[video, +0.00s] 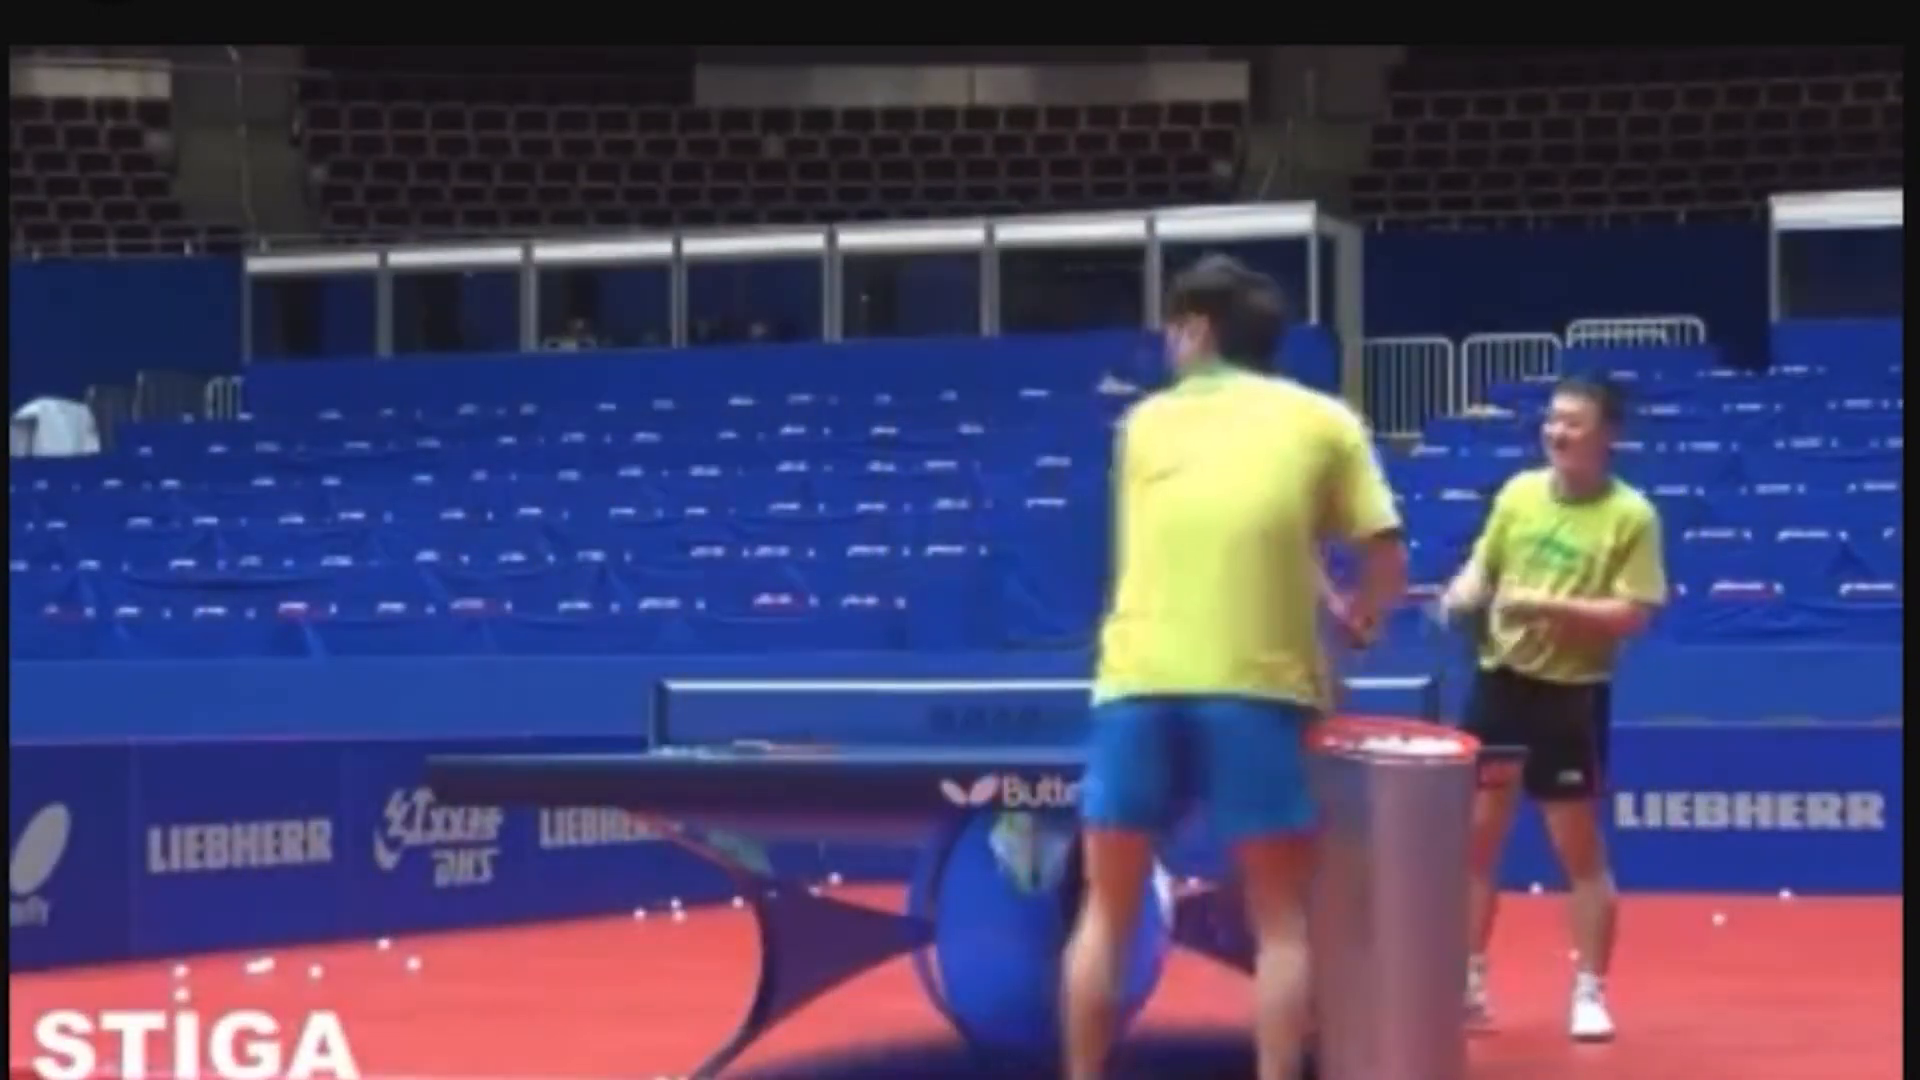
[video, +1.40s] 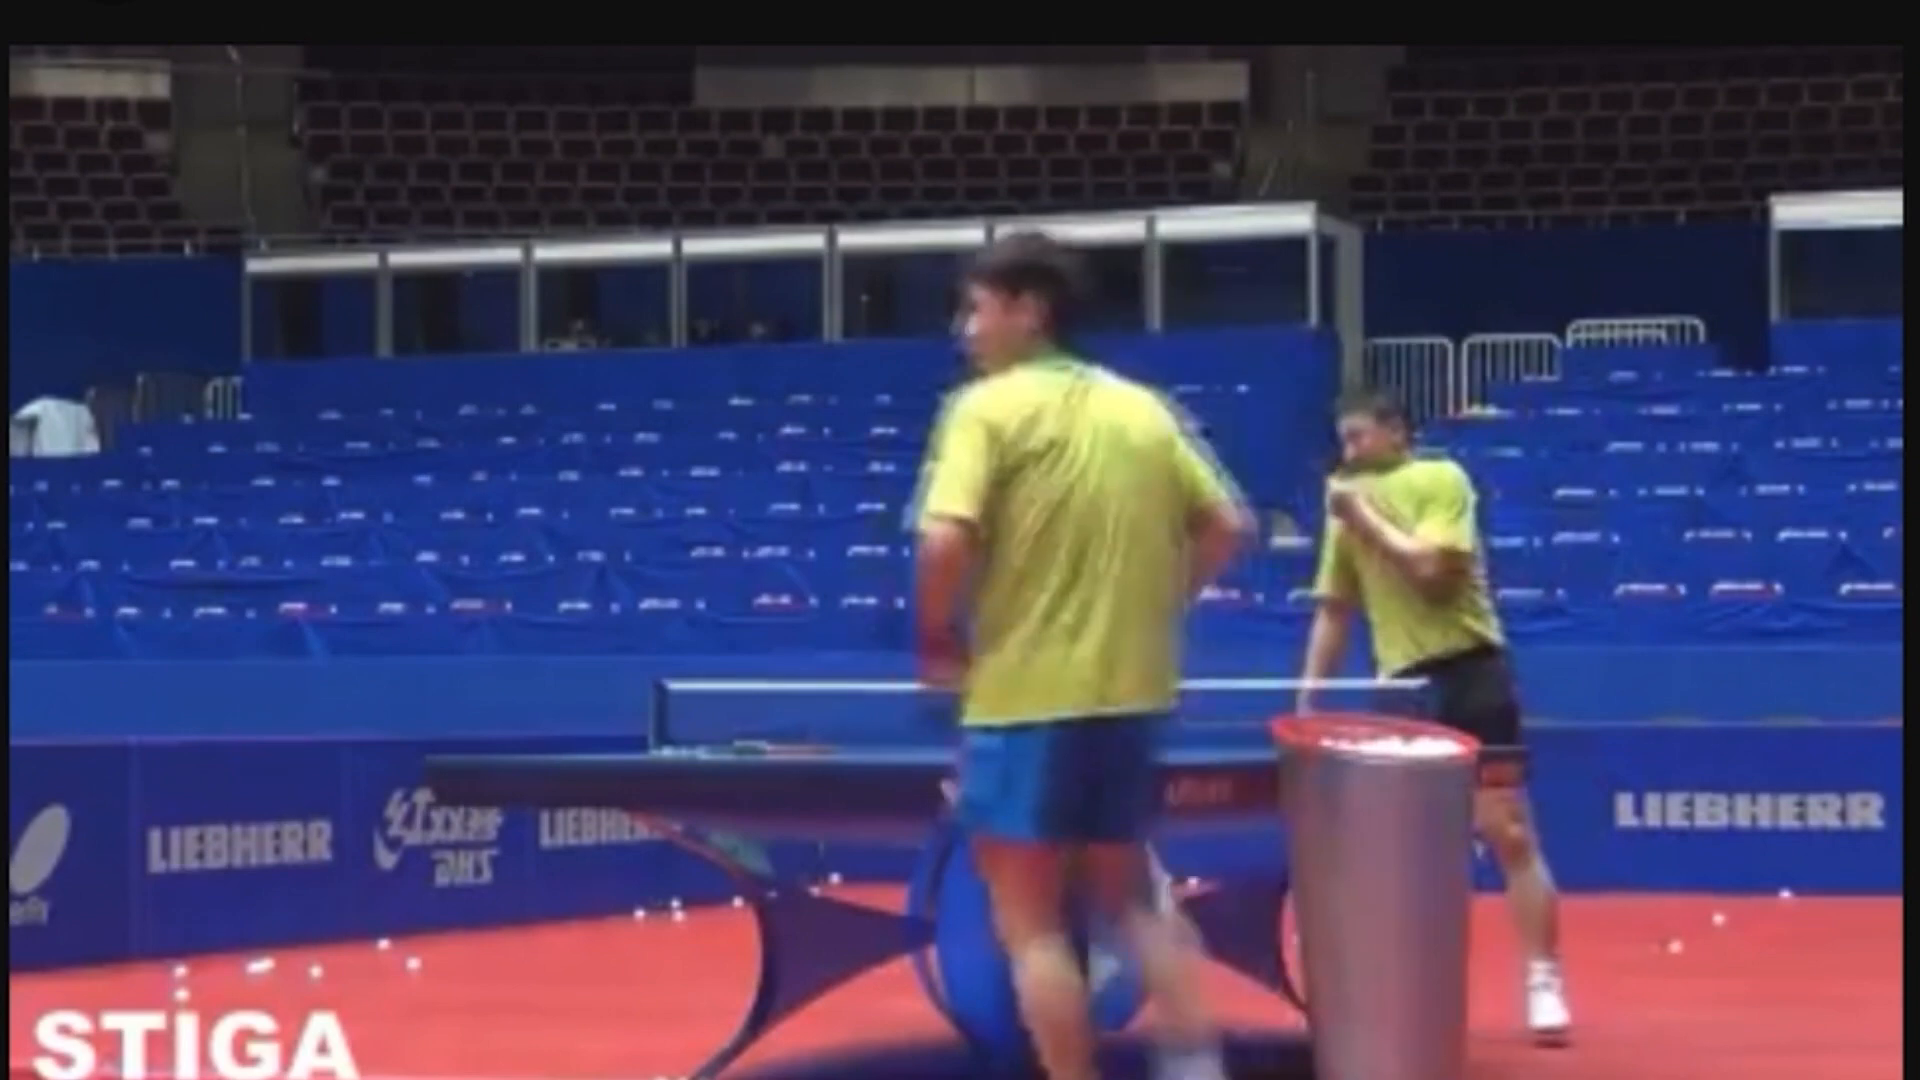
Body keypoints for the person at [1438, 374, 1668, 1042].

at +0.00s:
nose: (1557, 434)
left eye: (1573, 424)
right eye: (1553, 421)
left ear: (1608, 436)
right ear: (1545, 430)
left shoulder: (1632, 517)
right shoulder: (1519, 491)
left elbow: (1633, 610)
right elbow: (1483, 564)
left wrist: (1544, 605)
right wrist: (1464, 591)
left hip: (1571, 685)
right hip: (1502, 675)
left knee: (1576, 840)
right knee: (1481, 827)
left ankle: (1590, 985)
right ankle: (1468, 974)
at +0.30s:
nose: (1495, 438)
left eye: (1509, 425)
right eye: (1491, 425)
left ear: (1544, 435)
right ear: (1485, 435)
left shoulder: (1585, 506)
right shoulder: (1466, 504)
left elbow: (1604, 592)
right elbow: (1441, 580)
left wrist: (1532, 566)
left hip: (1543, 687)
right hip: (1467, 681)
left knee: (1558, 847)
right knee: (1442, 841)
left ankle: (1587, 988)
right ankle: (1421, 991)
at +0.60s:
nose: (1416, 439)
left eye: (1427, 426)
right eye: (1410, 426)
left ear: (1458, 430)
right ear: (1404, 434)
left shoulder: (1504, 492)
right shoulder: (1393, 494)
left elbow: (1517, 576)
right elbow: (1373, 588)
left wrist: (1452, 528)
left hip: (1488, 674)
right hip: (1411, 677)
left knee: (1528, 844)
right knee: (1400, 844)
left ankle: (1576, 981)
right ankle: (1398, 993)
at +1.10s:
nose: (1340, 452)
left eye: (1349, 437)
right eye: (1331, 440)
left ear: (1378, 434)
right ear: (1325, 447)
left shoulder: (1437, 476)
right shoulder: (1339, 509)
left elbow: (1458, 562)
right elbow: (1334, 609)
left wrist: (1389, 524)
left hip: (1471, 664)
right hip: (1400, 675)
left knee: (1490, 830)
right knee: (1405, 834)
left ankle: (1490, 980)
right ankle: (1407, 984)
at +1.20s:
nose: (1341, 445)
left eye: (1351, 432)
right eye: (1334, 436)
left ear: (1385, 434)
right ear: (1329, 448)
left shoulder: (1439, 477)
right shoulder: (1340, 507)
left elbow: (1451, 564)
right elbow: (1327, 615)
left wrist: (1368, 514)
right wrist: (1310, 703)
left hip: (1470, 664)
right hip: (1398, 678)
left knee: (1494, 829)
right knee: (1395, 833)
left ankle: (1510, 979)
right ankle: (1396, 986)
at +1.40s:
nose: (1351, 447)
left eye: (1361, 435)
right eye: (1345, 437)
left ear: (1398, 432)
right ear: (1343, 442)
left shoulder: (1441, 478)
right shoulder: (1346, 495)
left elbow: (1433, 569)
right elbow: (1333, 608)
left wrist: (1360, 515)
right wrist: (1307, 695)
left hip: (1469, 663)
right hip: (1401, 676)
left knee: (1506, 826)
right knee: (1393, 836)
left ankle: (1543, 976)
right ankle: (1395, 991)